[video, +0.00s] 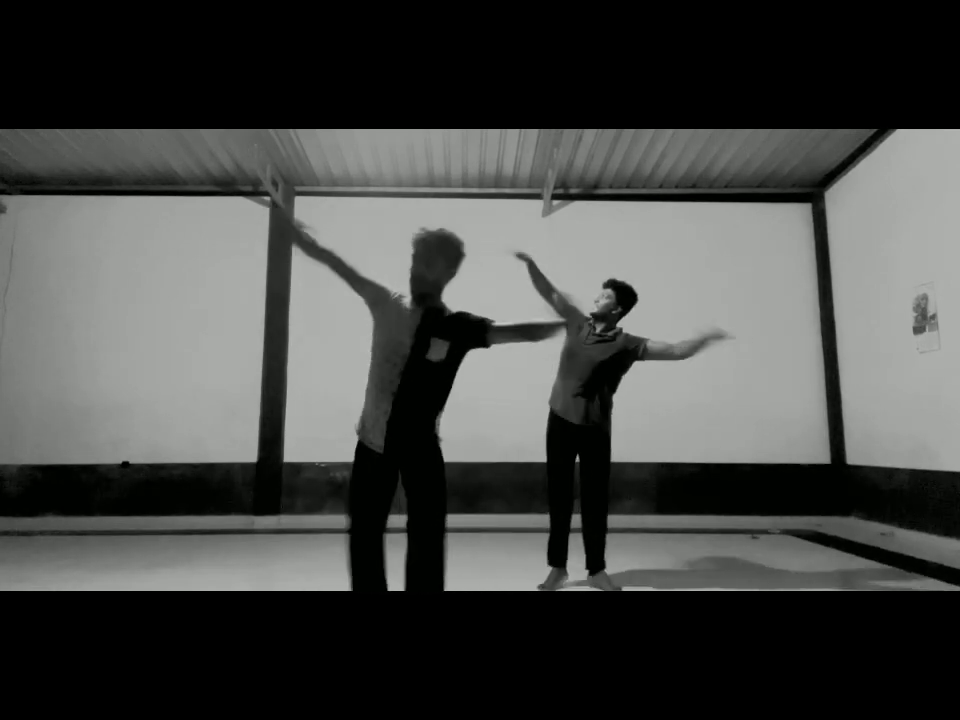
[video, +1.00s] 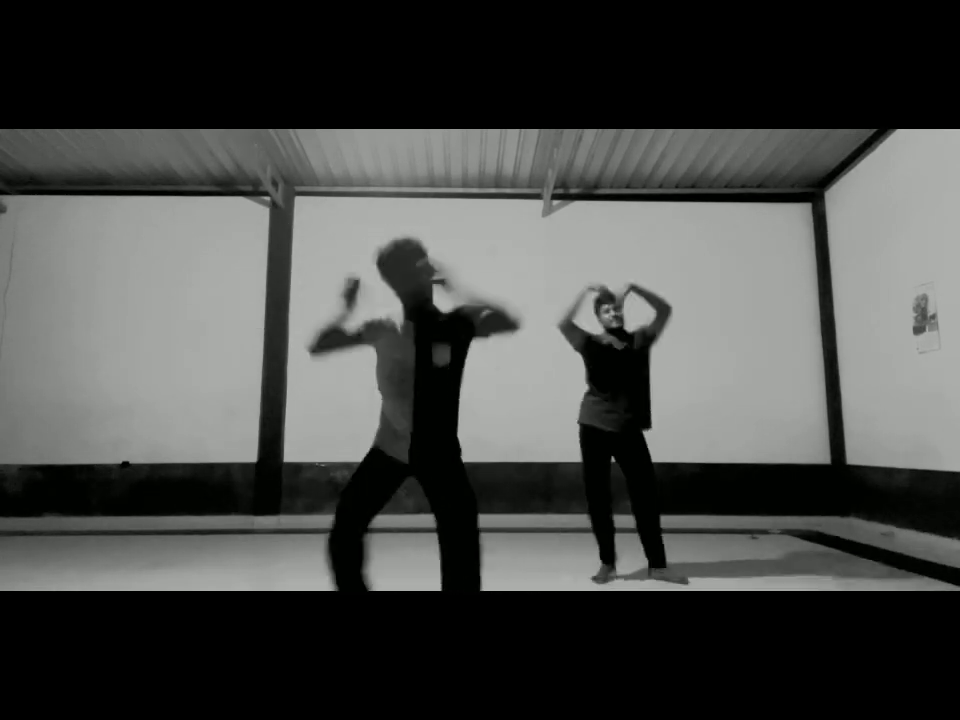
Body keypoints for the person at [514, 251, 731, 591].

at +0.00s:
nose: (597, 299)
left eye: (605, 297)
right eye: (600, 295)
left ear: (618, 309)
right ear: (599, 302)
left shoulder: (629, 345)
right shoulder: (576, 324)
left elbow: (676, 351)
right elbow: (550, 293)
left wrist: (705, 339)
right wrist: (530, 264)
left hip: (595, 432)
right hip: (560, 426)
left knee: (595, 503)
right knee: (559, 501)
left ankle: (596, 571)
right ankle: (557, 569)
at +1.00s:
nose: (612, 312)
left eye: (615, 307)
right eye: (605, 309)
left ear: (622, 311)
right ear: (597, 316)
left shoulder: (640, 341)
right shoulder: (591, 344)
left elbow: (664, 310)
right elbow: (563, 324)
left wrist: (635, 288)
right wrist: (584, 294)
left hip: (629, 429)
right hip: (595, 428)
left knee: (645, 494)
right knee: (597, 496)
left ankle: (657, 565)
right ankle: (607, 563)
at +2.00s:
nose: (509, 342)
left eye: (509, 335)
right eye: (501, 341)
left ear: (516, 330)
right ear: (497, 346)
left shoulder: (551, 349)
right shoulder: (500, 370)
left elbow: (592, 326)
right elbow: (456, 353)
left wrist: (636, 318)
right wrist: (423, 333)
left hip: (581, 422)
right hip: (545, 441)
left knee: (640, 415)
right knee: (513, 498)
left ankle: (627, 467)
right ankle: (514, 573)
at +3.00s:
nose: (637, 310)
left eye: (630, 306)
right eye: (633, 306)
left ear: (609, 319)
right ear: (632, 311)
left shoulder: (600, 346)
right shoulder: (656, 336)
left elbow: (559, 331)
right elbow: (707, 317)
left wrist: (535, 309)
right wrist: (739, 287)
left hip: (626, 434)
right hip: (666, 427)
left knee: (609, 498)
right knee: (721, 472)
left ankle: (615, 574)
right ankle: (751, 546)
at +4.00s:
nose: (641, 348)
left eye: (644, 342)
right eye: (636, 341)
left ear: (646, 344)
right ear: (622, 340)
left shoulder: (633, 370)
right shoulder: (617, 367)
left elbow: (648, 404)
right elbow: (643, 401)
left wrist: (682, 412)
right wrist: (678, 408)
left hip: (604, 449)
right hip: (583, 448)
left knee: (632, 495)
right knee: (589, 507)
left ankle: (615, 565)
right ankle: (576, 582)